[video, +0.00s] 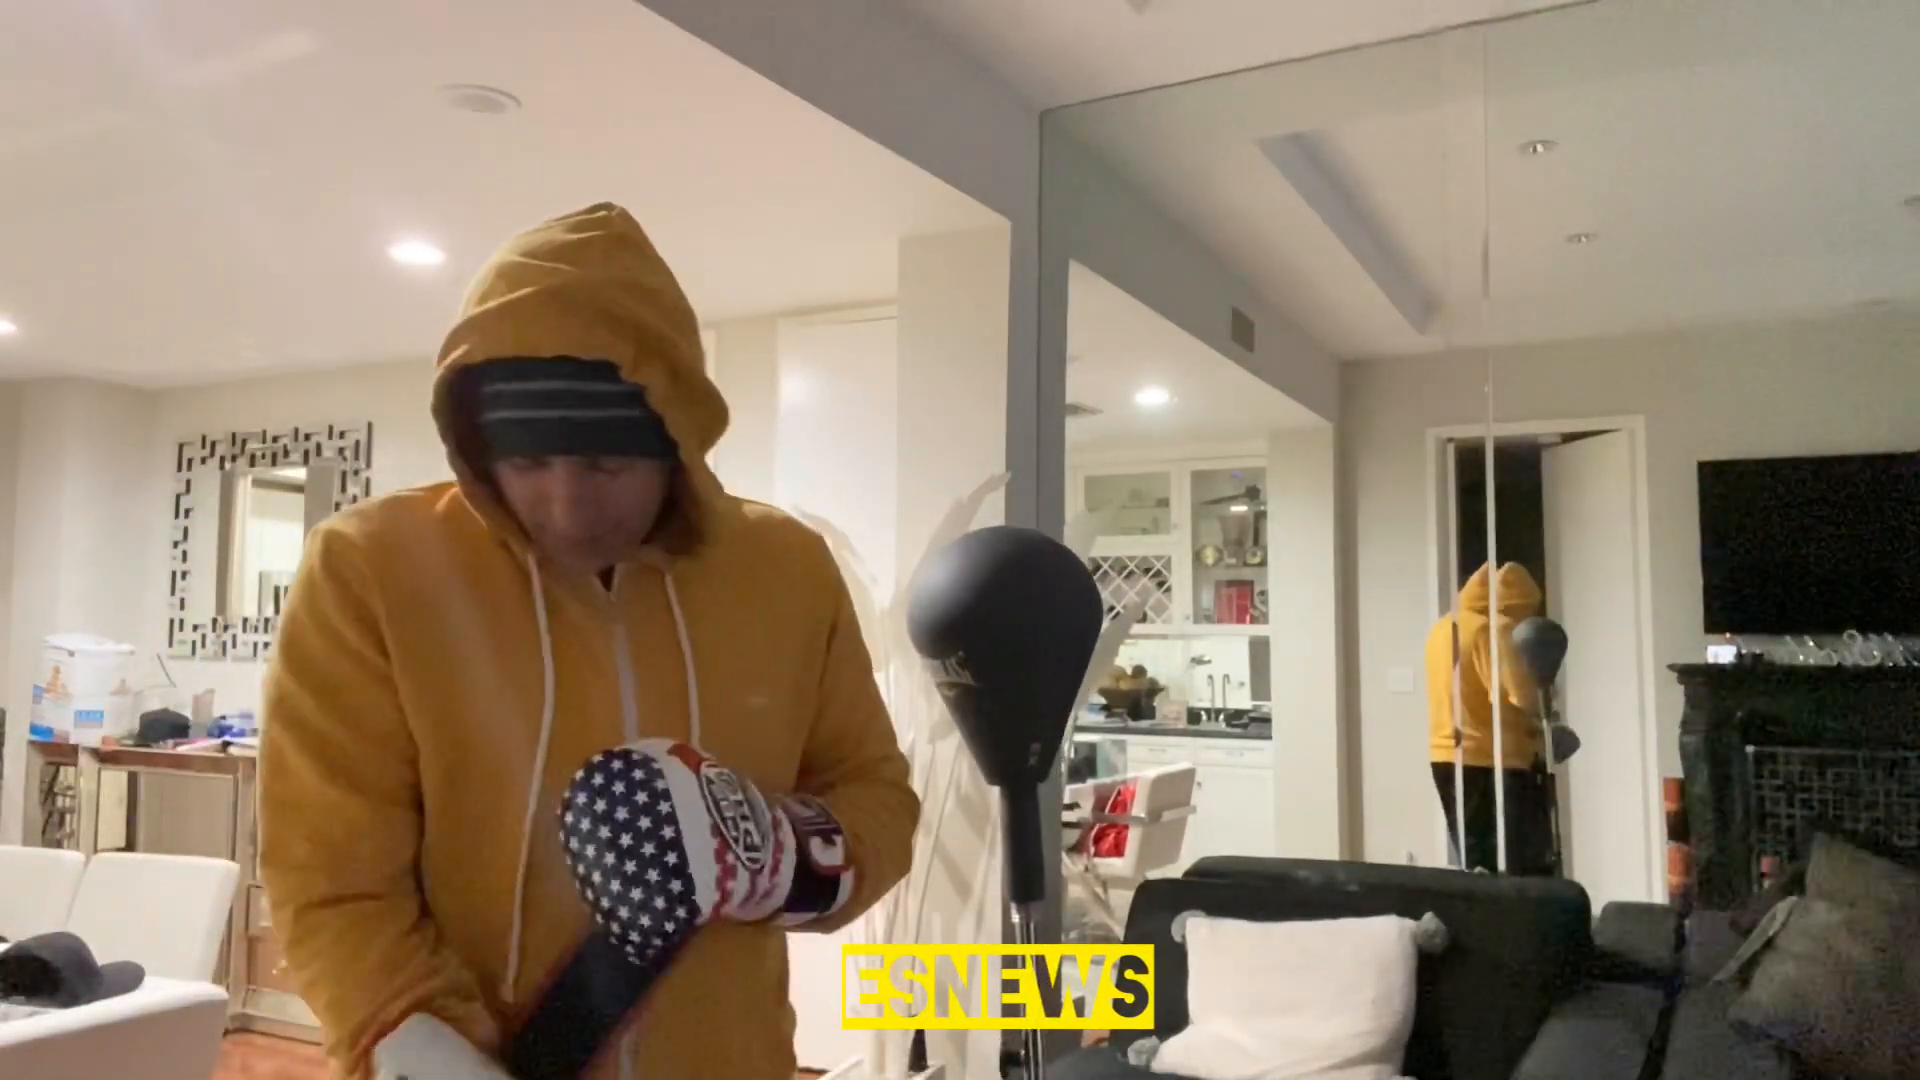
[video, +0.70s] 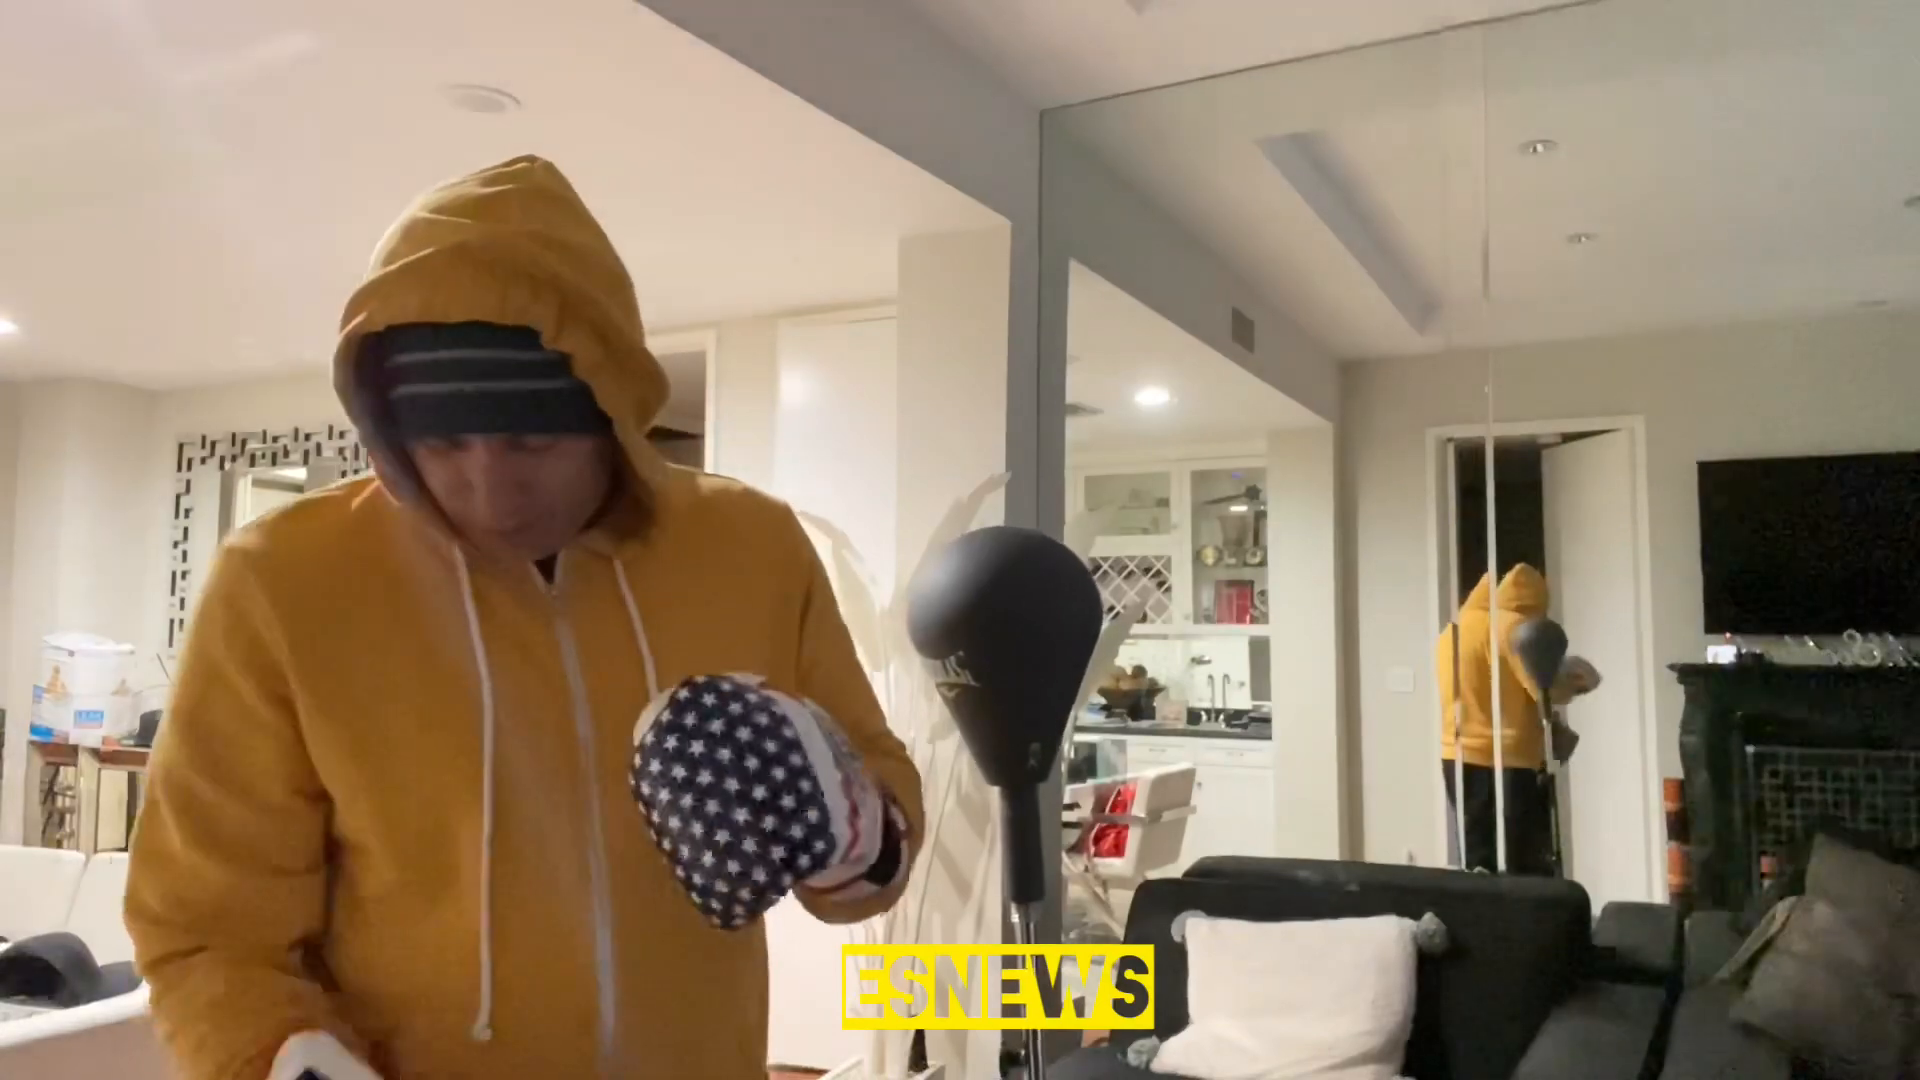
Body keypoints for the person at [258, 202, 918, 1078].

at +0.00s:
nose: (565, 510)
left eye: (607, 463)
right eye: (528, 462)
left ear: (674, 446)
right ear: (480, 449)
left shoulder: (785, 570)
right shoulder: (370, 572)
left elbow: (876, 789)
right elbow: (336, 884)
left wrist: (788, 849)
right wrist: (433, 1055)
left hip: (723, 1059)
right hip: (469, 1059)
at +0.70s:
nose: (489, 496)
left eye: (533, 438)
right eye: (444, 444)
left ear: (614, 409)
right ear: (392, 429)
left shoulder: (752, 553)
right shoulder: (282, 589)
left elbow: (878, 784)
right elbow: (215, 937)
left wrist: (847, 829)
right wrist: (298, 1061)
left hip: (695, 1059)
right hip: (417, 1058)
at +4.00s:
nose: (595, 502)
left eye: (636, 452)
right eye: (555, 453)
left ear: (689, 436)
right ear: (490, 438)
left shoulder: (784, 571)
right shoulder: (361, 581)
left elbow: (854, 810)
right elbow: (289, 916)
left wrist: (784, 909)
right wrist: (472, 1051)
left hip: (737, 1060)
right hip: (482, 1062)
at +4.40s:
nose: (532, 506)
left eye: (577, 450)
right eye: (487, 455)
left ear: (654, 427)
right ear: (438, 443)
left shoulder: (781, 569)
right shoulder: (334, 592)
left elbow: (871, 817)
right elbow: (272, 931)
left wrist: (756, 897)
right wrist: (382, 1062)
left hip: (718, 1056)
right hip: (451, 1061)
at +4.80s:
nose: (533, 500)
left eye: (576, 446)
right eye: (493, 448)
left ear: (659, 421)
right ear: (447, 433)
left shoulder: (791, 568)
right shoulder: (345, 584)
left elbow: (888, 819)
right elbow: (293, 933)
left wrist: (779, 864)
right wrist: (396, 1065)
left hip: (727, 1058)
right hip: (460, 1060)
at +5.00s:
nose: (559, 495)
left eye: (603, 442)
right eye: (520, 444)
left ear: (676, 424)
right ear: (470, 432)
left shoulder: (797, 566)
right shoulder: (363, 565)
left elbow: (889, 829)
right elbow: (317, 897)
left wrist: (728, 846)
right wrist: (477, 1045)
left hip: (729, 1062)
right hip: (476, 1060)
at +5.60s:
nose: (583, 503)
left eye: (624, 457)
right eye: (541, 455)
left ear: (693, 439)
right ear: (483, 437)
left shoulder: (800, 560)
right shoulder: (366, 563)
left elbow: (862, 826)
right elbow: (303, 908)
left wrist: (714, 974)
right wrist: (517, 1047)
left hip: (733, 1066)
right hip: (459, 1064)